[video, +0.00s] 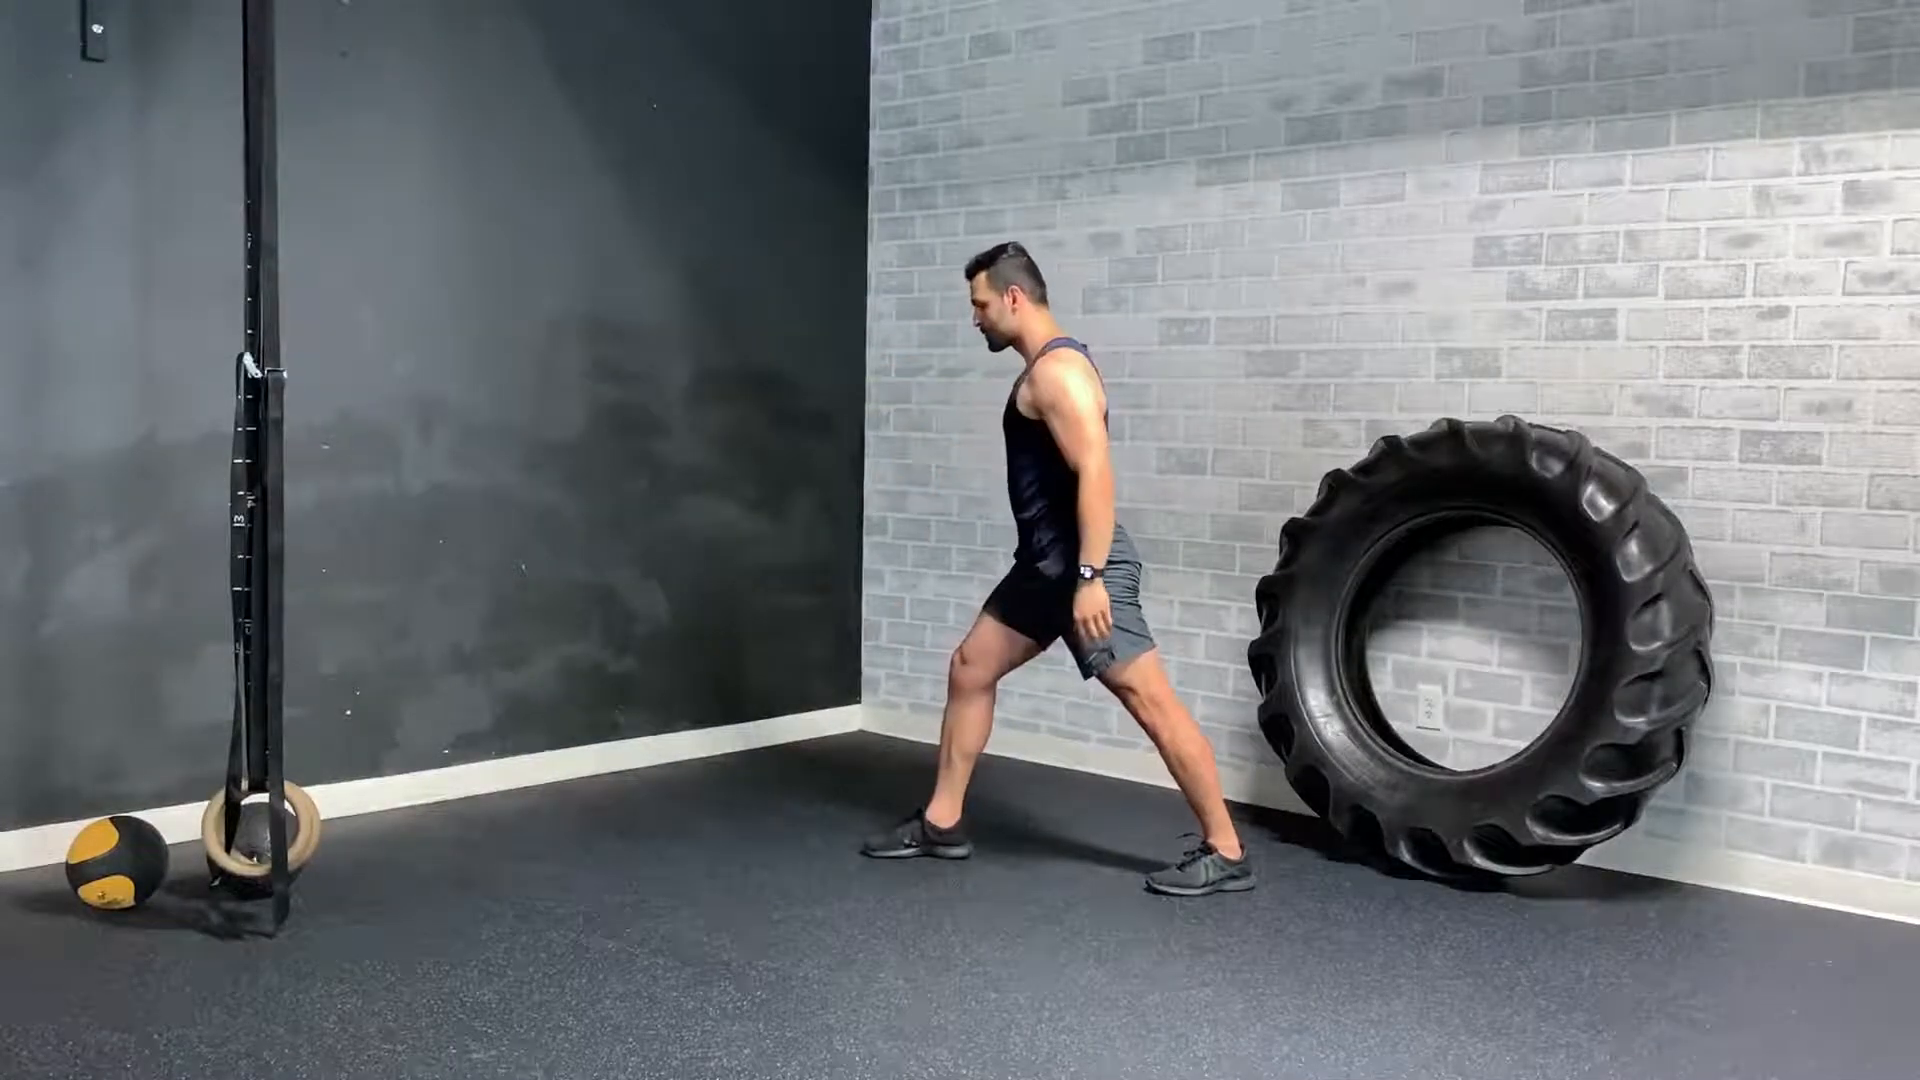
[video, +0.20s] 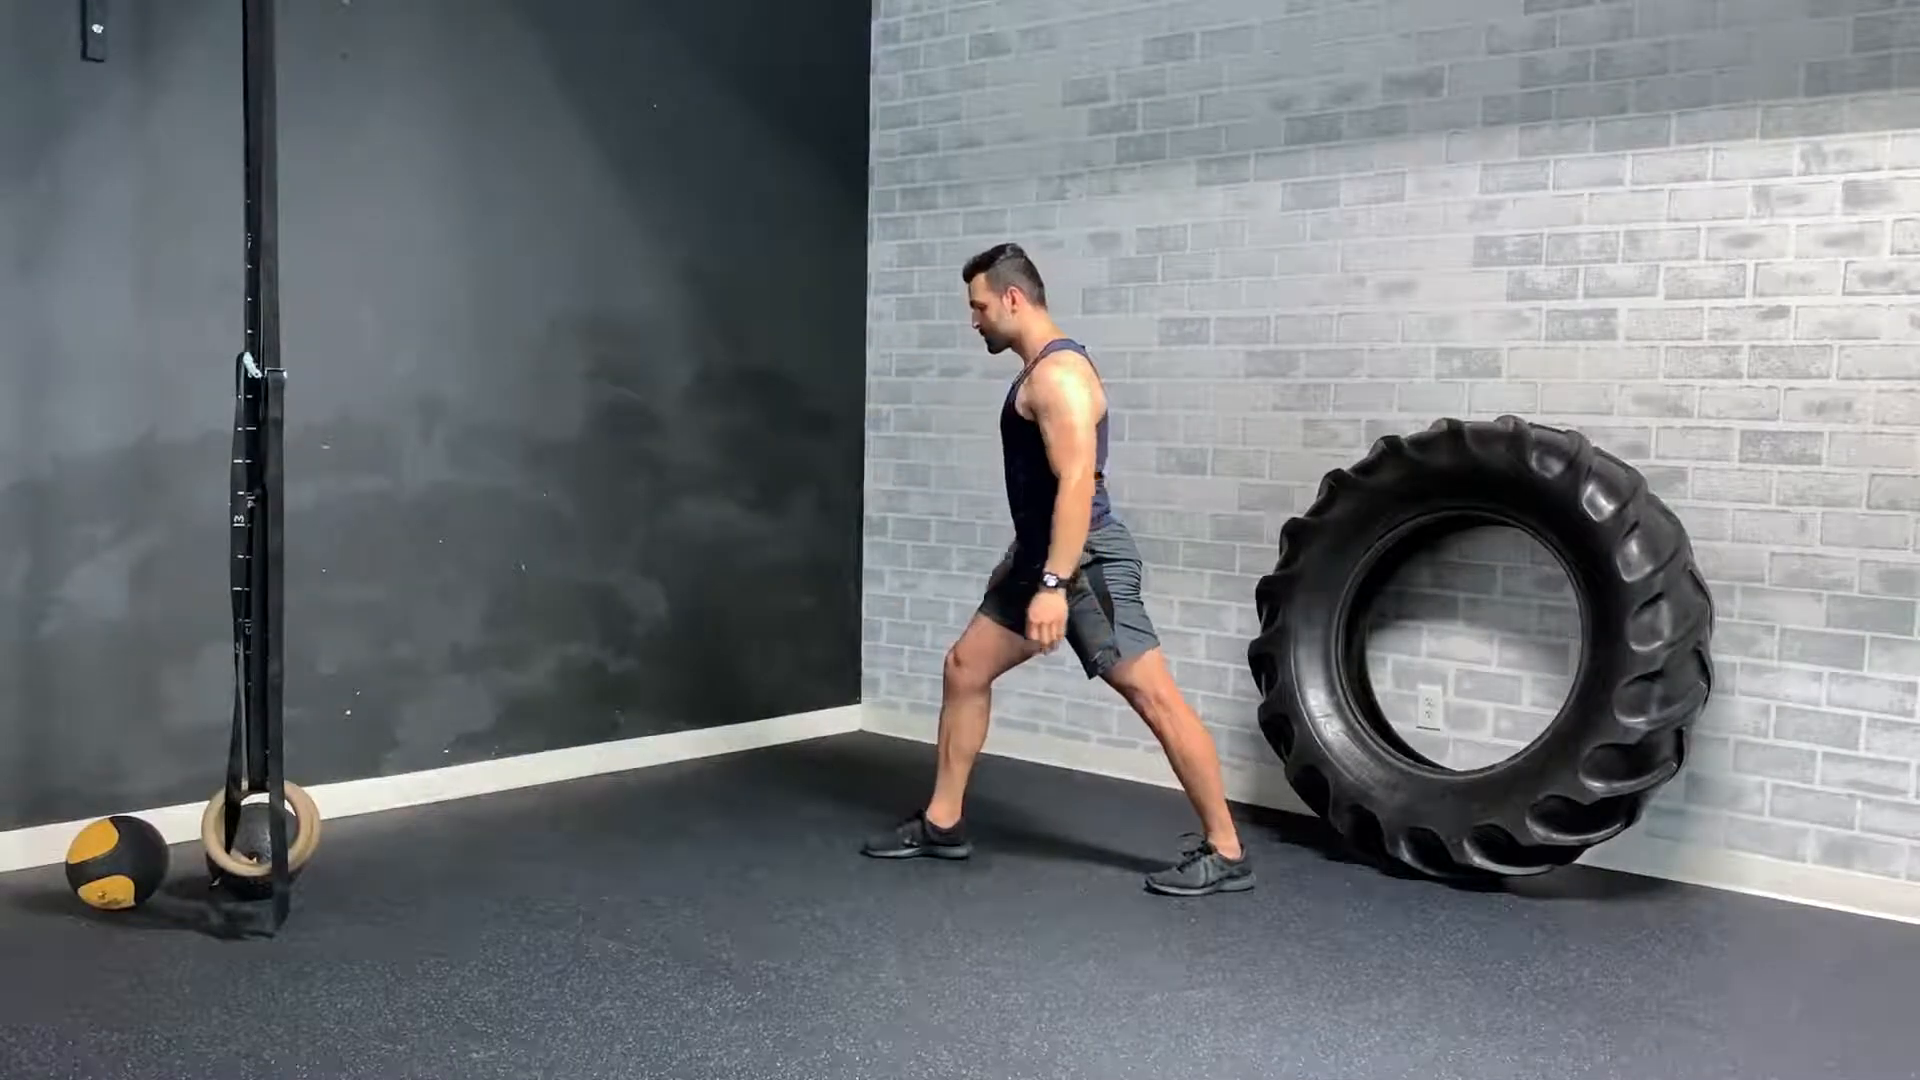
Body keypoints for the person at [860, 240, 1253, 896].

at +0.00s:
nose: (974, 317)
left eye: (979, 303)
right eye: (973, 305)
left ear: (1015, 298)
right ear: (1020, 300)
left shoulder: (1059, 372)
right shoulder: (1045, 368)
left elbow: (1095, 472)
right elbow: (1073, 477)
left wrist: (1091, 576)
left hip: (1083, 564)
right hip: (1045, 564)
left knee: (1152, 701)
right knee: (970, 671)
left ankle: (1226, 849)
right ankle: (941, 825)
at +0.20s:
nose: (973, 318)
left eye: (978, 304)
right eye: (971, 306)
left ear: (1014, 299)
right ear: (1019, 301)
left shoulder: (1059, 376)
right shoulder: (1040, 370)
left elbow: (1078, 483)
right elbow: (1057, 487)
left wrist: (1055, 585)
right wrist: (1029, 568)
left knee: (1156, 697)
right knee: (965, 669)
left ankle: (1226, 849)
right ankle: (941, 825)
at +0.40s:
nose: (941, 324)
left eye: (946, 310)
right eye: (939, 312)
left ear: (982, 306)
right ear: (987, 308)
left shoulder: (1012, 384)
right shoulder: (1023, 372)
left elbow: (1020, 497)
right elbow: (1032, 495)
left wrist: (981, 585)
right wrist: (1003, 574)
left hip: (1059, 560)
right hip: (1029, 564)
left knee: (1134, 699)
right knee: (936, 666)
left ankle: (1222, 845)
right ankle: (942, 826)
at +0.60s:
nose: (886, 305)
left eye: (891, 292)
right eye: (884, 293)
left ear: (926, 288)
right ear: (935, 290)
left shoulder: (939, 363)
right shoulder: (976, 349)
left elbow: (940, 473)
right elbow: (981, 466)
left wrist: (913, 562)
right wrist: (937, 558)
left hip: (984, 547)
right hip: (968, 546)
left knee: (1020, 699)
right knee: (902, 674)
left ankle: (1162, 807)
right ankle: (940, 825)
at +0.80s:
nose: (828, 282)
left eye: (835, 268)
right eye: (826, 270)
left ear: (874, 264)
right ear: (878, 267)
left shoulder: (895, 336)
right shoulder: (912, 324)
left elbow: (900, 442)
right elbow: (912, 440)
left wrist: (856, 527)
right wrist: (875, 525)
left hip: (923, 522)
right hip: (931, 520)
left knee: (871, 670)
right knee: (910, 672)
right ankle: (939, 811)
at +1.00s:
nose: (762, 290)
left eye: (770, 275)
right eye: (760, 277)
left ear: (810, 271)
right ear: (811, 274)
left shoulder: (840, 348)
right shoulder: (845, 336)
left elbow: (850, 461)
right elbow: (858, 455)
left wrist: (801, 545)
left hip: (852, 539)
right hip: (866, 535)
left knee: (777, 677)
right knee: (896, 677)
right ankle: (940, 821)